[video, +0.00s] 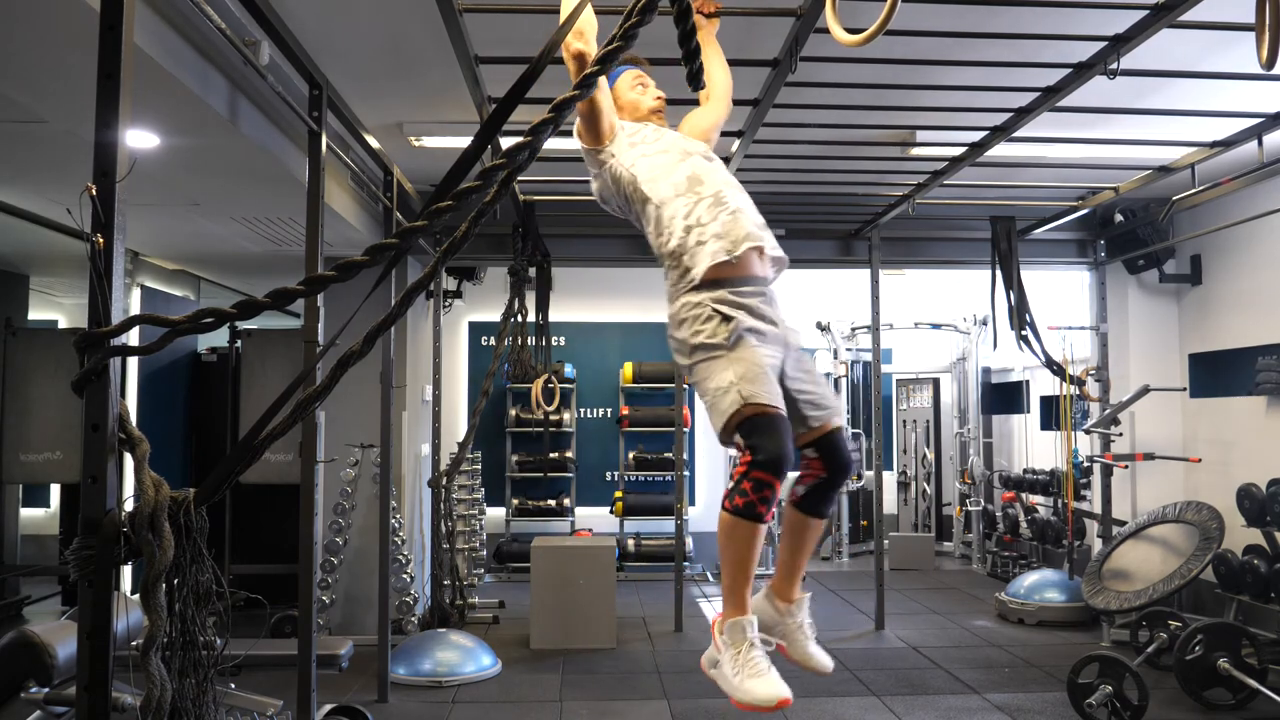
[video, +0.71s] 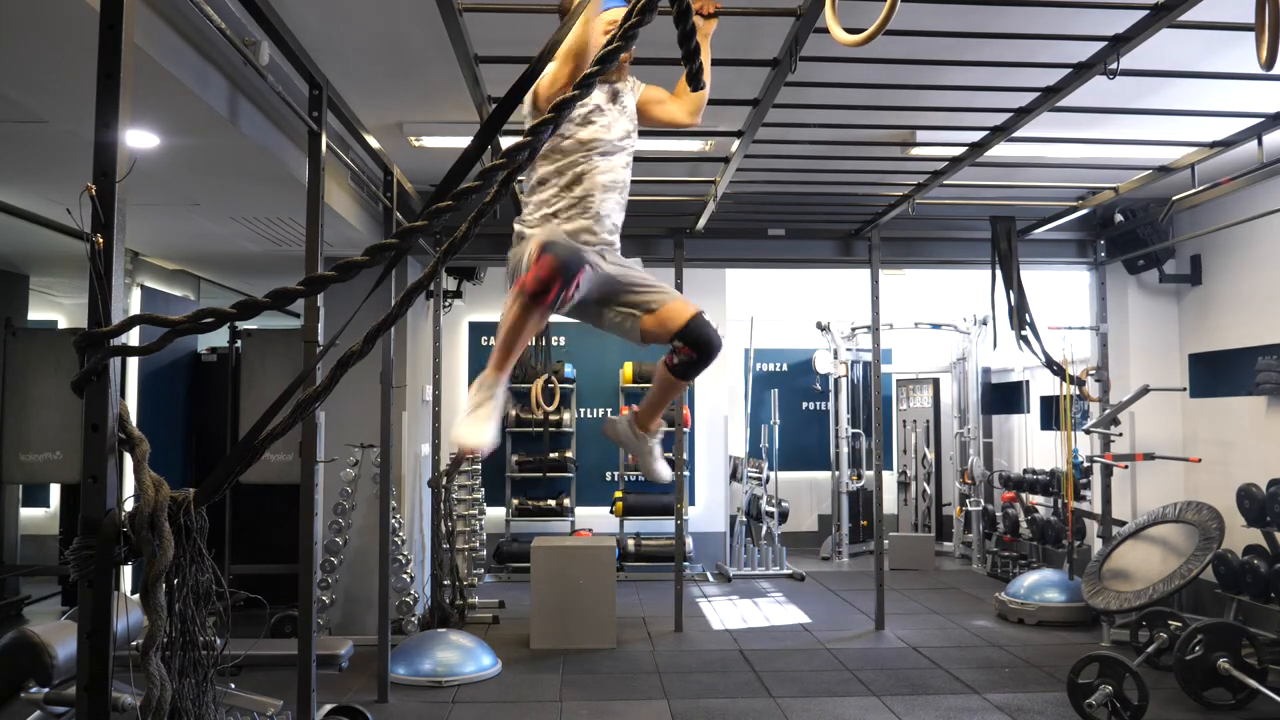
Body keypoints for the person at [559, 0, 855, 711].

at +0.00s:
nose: (644, 78)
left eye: (649, 76)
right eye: (631, 78)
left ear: (663, 97)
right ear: (612, 104)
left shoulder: (691, 138)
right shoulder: (614, 152)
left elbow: (718, 94)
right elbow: (592, 123)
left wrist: (706, 29)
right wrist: (585, 76)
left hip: (768, 302)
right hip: (712, 307)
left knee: (832, 458)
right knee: (766, 453)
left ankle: (781, 601)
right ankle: (731, 633)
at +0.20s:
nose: (632, 79)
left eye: (633, 76)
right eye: (617, 74)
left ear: (636, 96)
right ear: (589, 92)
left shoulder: (652, 144)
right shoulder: (577, 141)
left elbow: (707, 106)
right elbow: (563, 56)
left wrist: (706, 36)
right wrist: (575, 5)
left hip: (682, 314)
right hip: (622, 313)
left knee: (768, 418)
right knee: (717, 394)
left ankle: (779, 576)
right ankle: (751, 562)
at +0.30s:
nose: (626, 80)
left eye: (627, 72)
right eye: (612, 72)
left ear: (630, 87)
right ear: (580, 88)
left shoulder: (637, 141)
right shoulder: (558, 131)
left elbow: (697, 110)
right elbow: (547, 56)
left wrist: (703, 36)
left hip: (639, 311)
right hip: (575, 311)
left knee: (737, 357)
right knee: (676, 347)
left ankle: (784, 499)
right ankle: (743, 488)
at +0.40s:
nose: (621, 75)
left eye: (622, 65)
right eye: (605, 66)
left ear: (624, 74)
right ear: (570, 79)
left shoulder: (626, 129)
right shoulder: (546, 123)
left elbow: (691, 112)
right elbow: (535, 51)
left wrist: (703, 36)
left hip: (604, 293)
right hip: (547, 295)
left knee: (702, 300)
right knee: (645, 294)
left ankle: (755, 430)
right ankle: (713, 422)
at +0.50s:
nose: (621, 71)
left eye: (622, 60)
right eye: (606, 61)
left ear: (623, 66)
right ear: (569, 70)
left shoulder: (622, 112)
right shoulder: (538, 107)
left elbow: (687, 112)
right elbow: (516, 49)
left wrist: (702, 38)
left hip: (591, 290)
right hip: (530, 279)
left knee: (691, 286)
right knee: (624, 238)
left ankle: (682, 428)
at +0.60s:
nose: (620, 52)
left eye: (623, 41)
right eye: (606, 41)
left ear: (629, 45)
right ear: (573, 47)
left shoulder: (624, 94)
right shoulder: (548, 89)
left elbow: (686, 110)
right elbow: (511, 84)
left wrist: (701, 37)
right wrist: (547, 10)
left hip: (591, 261)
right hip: (531, 251)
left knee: (693, 323)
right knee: (599, 210)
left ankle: (630, 427)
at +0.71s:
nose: (621, 38)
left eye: (625, 31)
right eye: (608, 28)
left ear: (633, 44)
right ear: (580, 39)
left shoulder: (632, 94)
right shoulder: (554, 93)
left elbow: (688, 111)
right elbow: (572, 58)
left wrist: (703, 37)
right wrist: (596, 6)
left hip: (606, 260)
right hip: (546, 248)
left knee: (701, 340)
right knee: (562, 259)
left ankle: (641, 427)